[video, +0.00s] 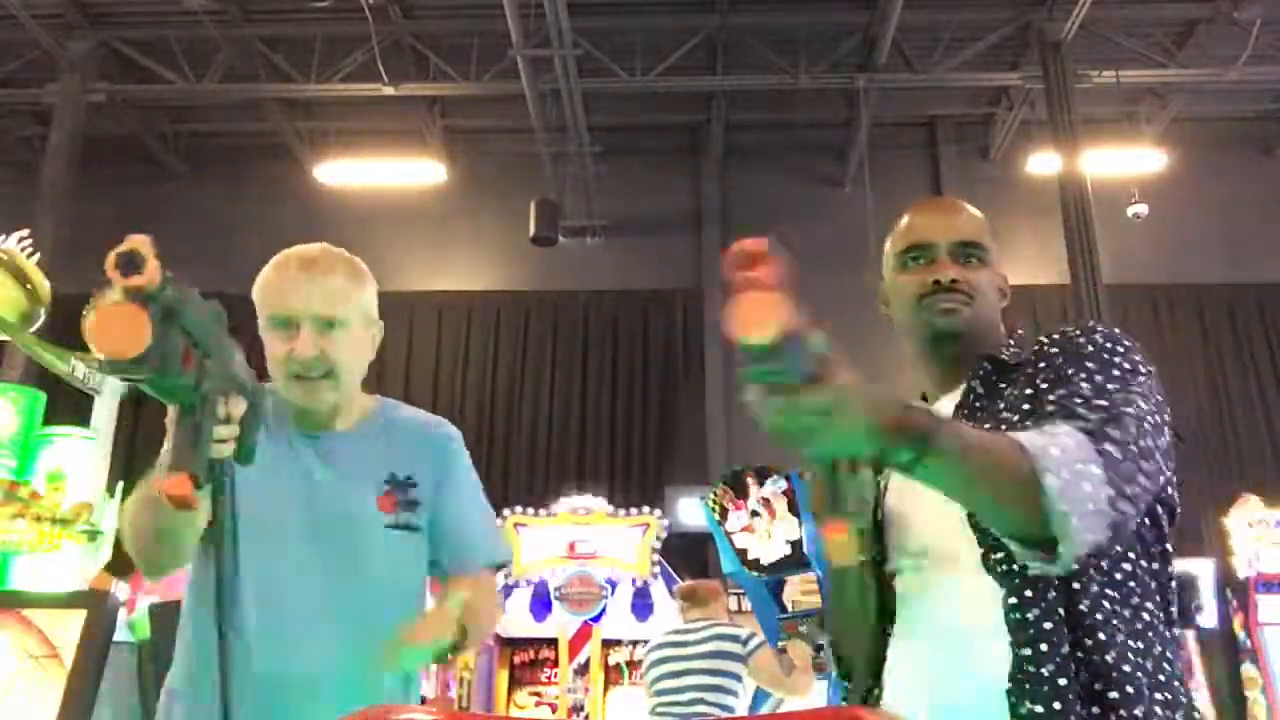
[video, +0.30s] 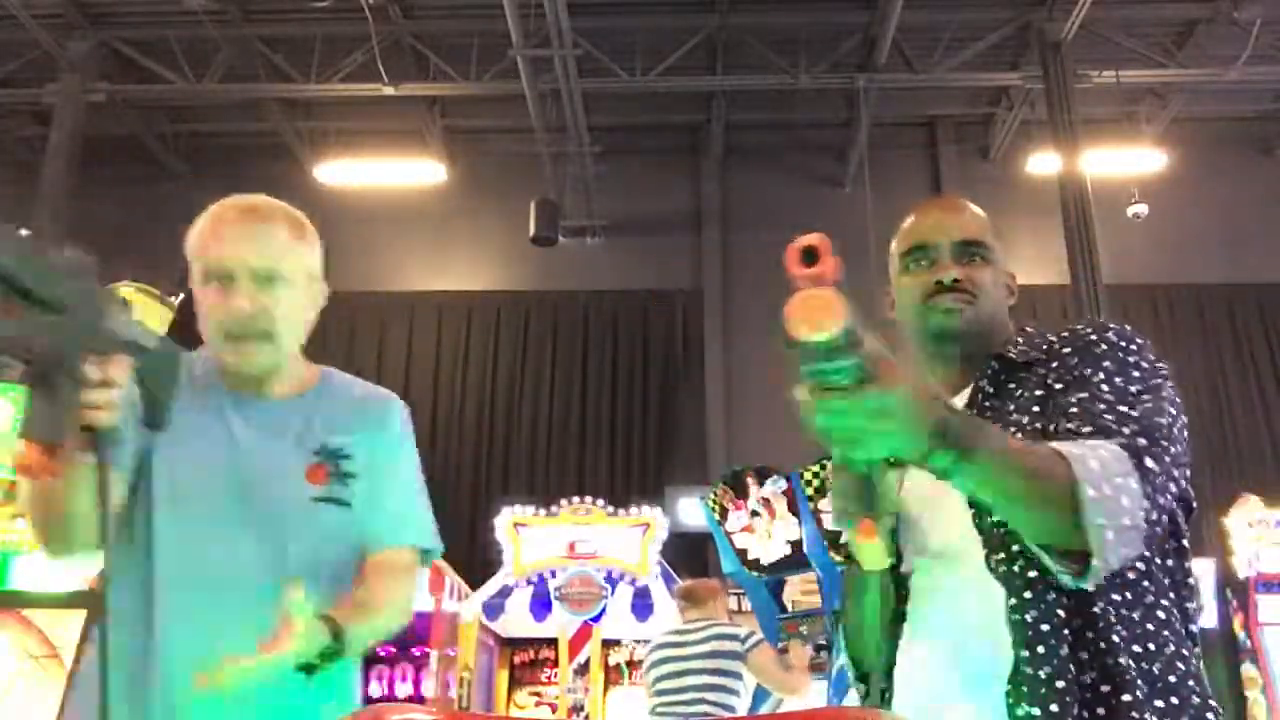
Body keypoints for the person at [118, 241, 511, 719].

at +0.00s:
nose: (304, 347)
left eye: (329, 325)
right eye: (284, 325)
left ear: (373, 337)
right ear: (260, 334)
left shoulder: (430, 447)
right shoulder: (216, 425)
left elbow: (477, 593)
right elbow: (152, 558)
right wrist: (183, 463)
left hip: (365, 710)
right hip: (216, 707)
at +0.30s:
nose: (243, 305)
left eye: (269, 280)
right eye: (220, 280)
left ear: (317, 296)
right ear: (193, 293)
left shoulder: (371, 419)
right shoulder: (143, 393)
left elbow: (395, 580)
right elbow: (65, 541)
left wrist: (328, 633)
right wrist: (76, 436)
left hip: (295, 713)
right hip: (135, 705)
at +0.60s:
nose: (248, 258)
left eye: (278, 236)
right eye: (226, 234)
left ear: (330, 255)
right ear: (199, 249)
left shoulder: (392, 389)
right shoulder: (144, 366)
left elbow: (424, 570)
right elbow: (62, 526)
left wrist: (345, 648)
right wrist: (78, 415)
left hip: (310, 709)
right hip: (136, 703)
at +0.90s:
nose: (323, 297)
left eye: (348, 279)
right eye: (300, 276)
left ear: (385, 306)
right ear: (269, 295)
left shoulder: (432, 420)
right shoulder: (221, 397)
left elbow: (473, 577)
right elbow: (160, 540)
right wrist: (182, 452)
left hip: (373, 705)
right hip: (217, 703)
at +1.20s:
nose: (274, 290)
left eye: (300, 270)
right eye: (250, 266)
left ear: (339, 295)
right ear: (217, 285)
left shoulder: (384, 401)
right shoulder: (148, 387)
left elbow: (408, 560)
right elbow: (121, 566)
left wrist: (274, 478)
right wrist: (151, 484)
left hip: (326, 704)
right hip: (159, 704)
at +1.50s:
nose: (316, 317)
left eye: (342, 299)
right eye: (297, 296)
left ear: (377, 325)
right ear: (264, 316)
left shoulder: (419, 426)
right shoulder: (208, 414)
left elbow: (431, 570)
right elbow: (171, 587)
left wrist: (284, 494)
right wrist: (171, 480)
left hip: (359, 707)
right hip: (212, 706)